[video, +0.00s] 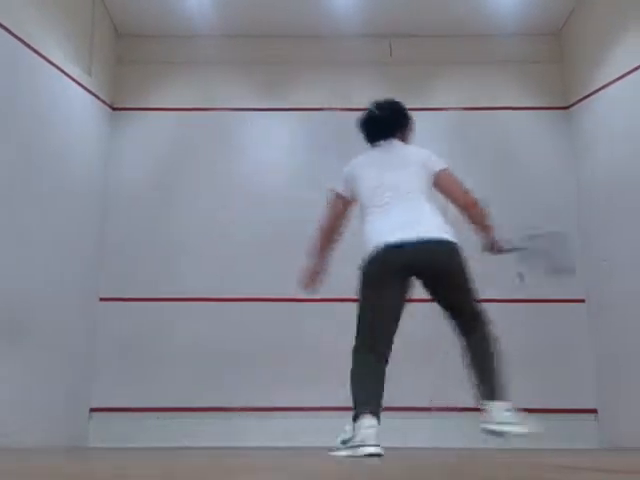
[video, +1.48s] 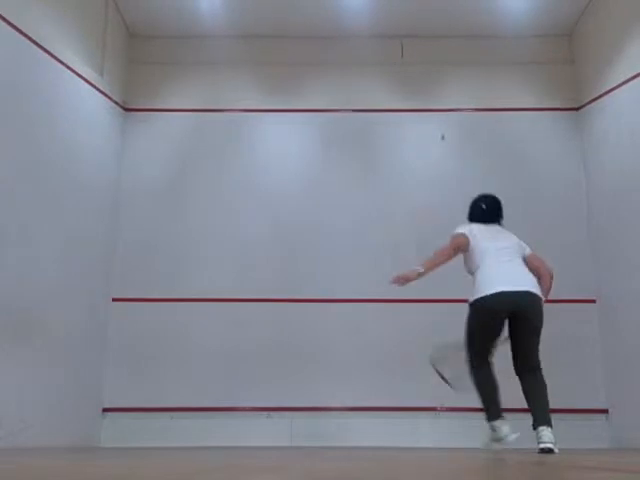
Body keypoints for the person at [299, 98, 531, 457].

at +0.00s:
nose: (412, 132)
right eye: (410, 128)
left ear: (369, 134)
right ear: (404, 130)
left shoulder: (357, 168)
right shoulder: (421, 157)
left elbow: (331, 224)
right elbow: (465, 200)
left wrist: (317, 265)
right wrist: (488, 233)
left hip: (385, 255)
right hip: (437, 249)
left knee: (372, 343)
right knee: (472, 324)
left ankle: (366, 426)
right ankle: (496, 407)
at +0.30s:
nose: (538, 164)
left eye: (537, 160)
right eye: (537, 159)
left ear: (499, 160)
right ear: (530, 159)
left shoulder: (478, 192)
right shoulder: (531, 183)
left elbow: (443, 233)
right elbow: (590, 219)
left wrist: (407, 260)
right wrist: (638, 224)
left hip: (457, 280)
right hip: (498, 274)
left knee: (471, 372)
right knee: (568, 341)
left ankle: (414, 387)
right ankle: (581, 432)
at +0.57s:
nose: (564, 215)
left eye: (564, 210)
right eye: (563, 210)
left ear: (528, 209)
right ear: (557, 211)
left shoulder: (504, 233)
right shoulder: (558, 233)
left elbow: (468, 256)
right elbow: (590, 271)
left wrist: (429, 267)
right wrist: (628, 284)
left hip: (475, 305)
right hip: (513, 301)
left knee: (496, 362)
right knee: (560, 360)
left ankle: (501, 427)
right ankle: (579, 429)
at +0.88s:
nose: (537, 266)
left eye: (536, 262)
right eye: (536, 262)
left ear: (506, 258)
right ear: (531, 263)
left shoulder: (490, 275)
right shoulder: (537, 282)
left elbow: (460, 298)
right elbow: (552, 320)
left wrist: (433, 330)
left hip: (480, 319)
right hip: (518, 318)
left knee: (495, 379)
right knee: (538, 370)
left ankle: (515, 436)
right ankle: (550, 410)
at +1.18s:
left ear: (486, 250)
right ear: (515, 251)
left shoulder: (482, 264)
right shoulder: (523, 268)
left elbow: (463, 283)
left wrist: (444, 304)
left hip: (491, 308)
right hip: (531, 308)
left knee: (499, 369)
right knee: (533, 369)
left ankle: (516, 435)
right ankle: (518, 406)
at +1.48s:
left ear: (472, 216)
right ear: (500, 217)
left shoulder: (468, 231)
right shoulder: (513, 239)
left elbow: (451, 249)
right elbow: (545, 273)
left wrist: (417, 272)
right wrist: (537, 304)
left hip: (489, 299)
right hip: (528, 299)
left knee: (479, 359)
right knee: (528, 365)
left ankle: (497, 424)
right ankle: (544, 430)